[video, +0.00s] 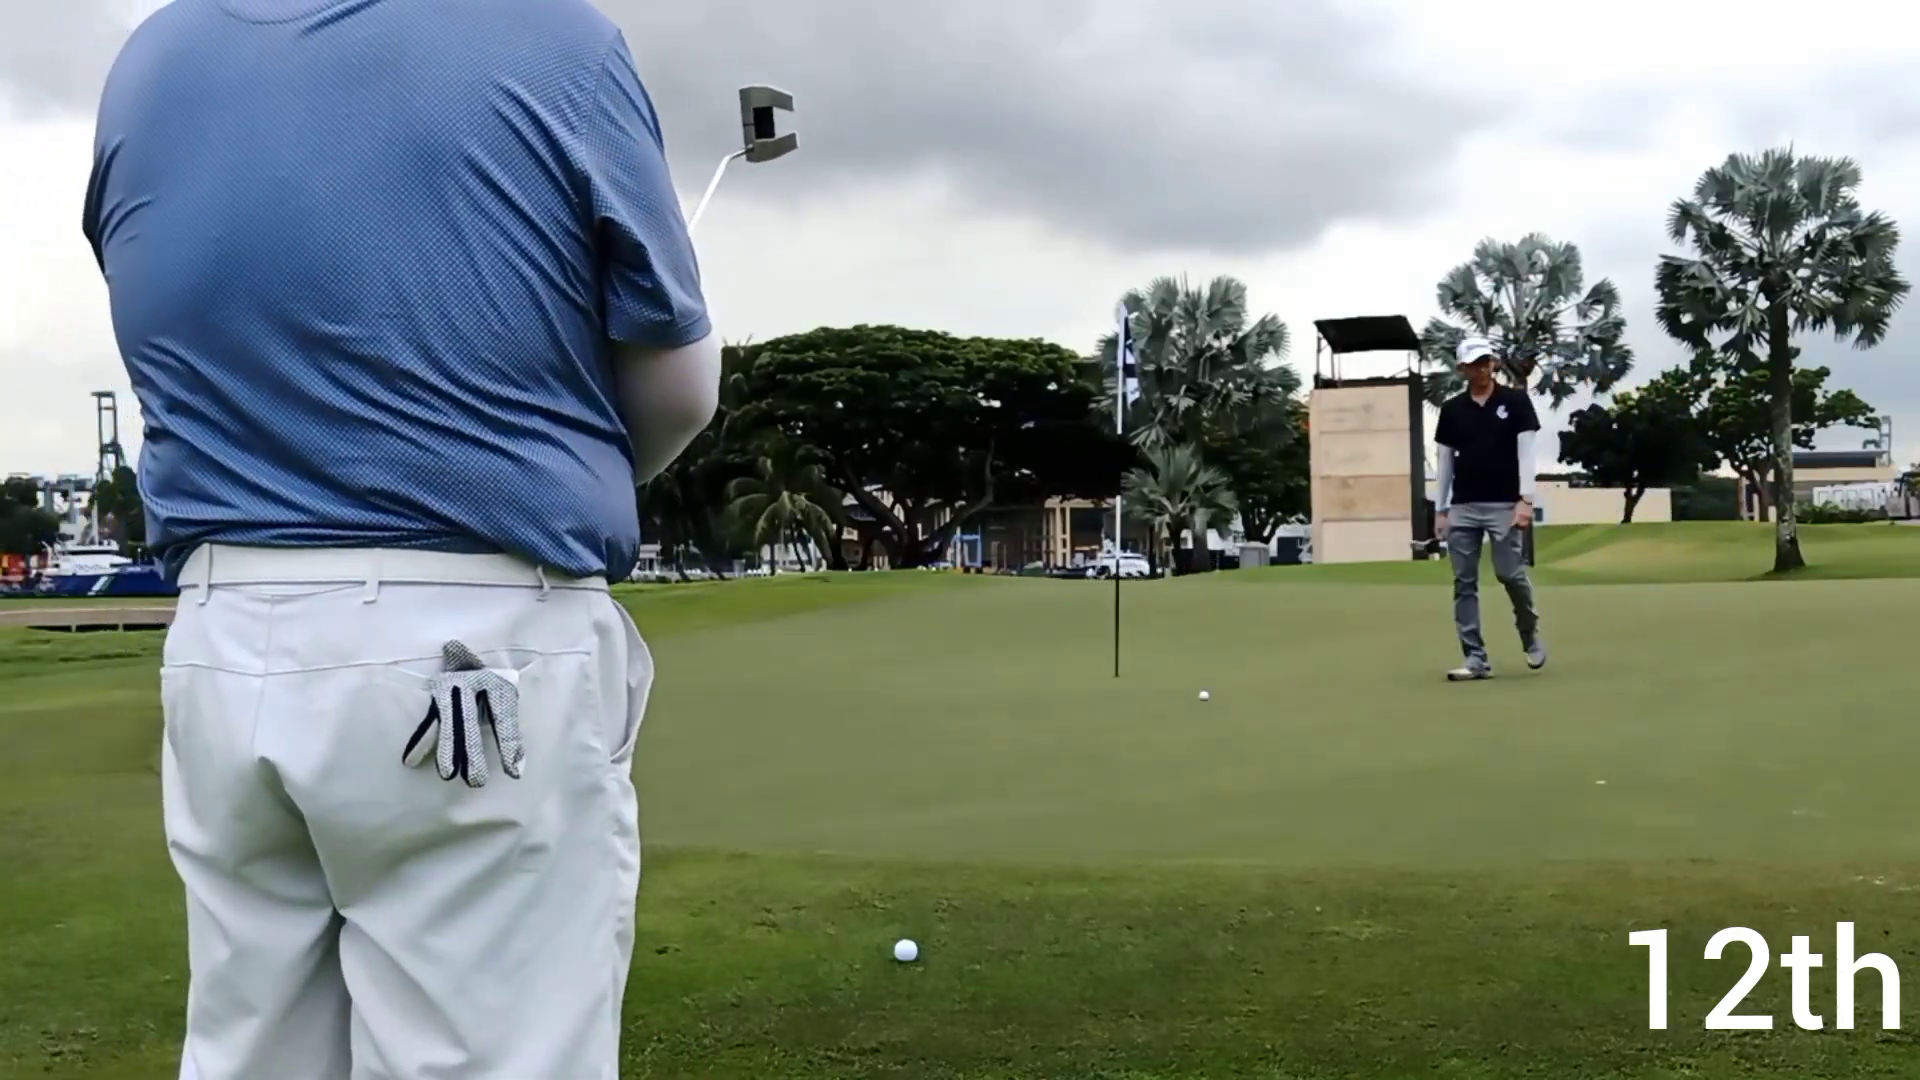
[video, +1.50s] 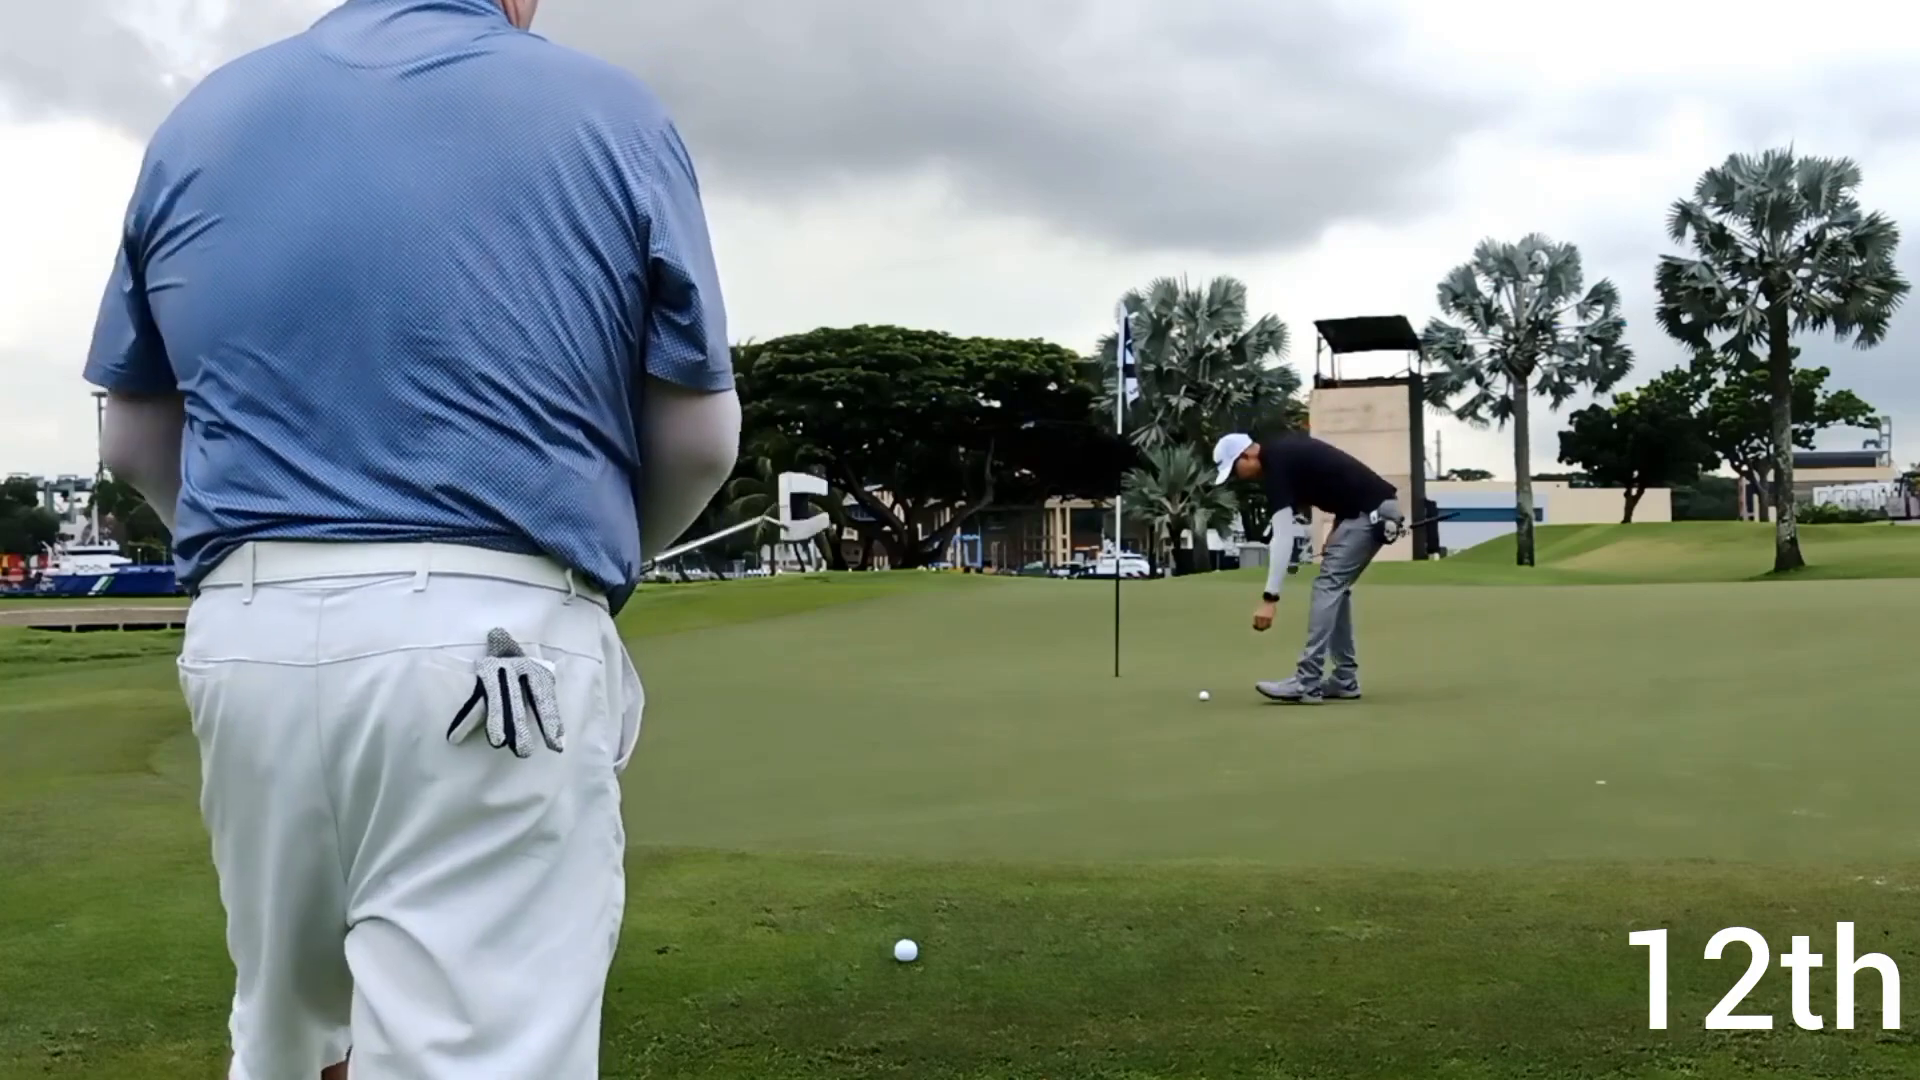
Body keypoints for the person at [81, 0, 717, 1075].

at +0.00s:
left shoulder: (156, 46)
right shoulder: (559, 34)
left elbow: (157, 321)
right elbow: (677, 386)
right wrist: (550, 486)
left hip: (229, 616)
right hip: (487, 621)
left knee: (246, 1059)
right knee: (497, 1059)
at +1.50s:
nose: (546, 22)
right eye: (546, 17)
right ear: (521, 4)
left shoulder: (206, 112)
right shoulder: (608, 108)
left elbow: (137, 436)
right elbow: (698, 439)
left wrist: (275, 536)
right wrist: (577, 552)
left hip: (250, 625)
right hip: (499, 620)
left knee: (286, 1043)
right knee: (473, 1055)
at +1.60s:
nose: (531, 39)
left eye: (535, 23)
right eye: (536, 21)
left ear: (367, 10)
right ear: (507, 11)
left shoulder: (200, 147)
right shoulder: (600, 139)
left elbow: (107, 452)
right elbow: (689, 457)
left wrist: (192, 668)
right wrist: (611, 587)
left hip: (252, 630)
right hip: (499, 623)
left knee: (287, 1037)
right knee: (466, 1052)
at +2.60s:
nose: (501, 169)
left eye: (504, 151)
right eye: (506, 148)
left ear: (378, 115)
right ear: (476, 126)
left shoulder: (256, 217)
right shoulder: (525, 239)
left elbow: (181, 421)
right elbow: (596, 438)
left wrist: (250, 526)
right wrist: (603, 603)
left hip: (291, 565)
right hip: (457, 564)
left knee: (297, 865)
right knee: (427, 879)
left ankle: (291, 1076)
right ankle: (398, 1075)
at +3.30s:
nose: (558, 221)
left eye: (563, 205)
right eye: (559, 199)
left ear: (472, 165)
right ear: (523, 172)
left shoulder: (365, 249)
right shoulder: (528, 254)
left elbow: (324, 382)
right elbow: (554, 389)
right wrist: (579, 547)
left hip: (351, 524)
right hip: (468, 529)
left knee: (400, 774)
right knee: (499, 774)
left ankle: (402, 988)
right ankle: (414, 992)